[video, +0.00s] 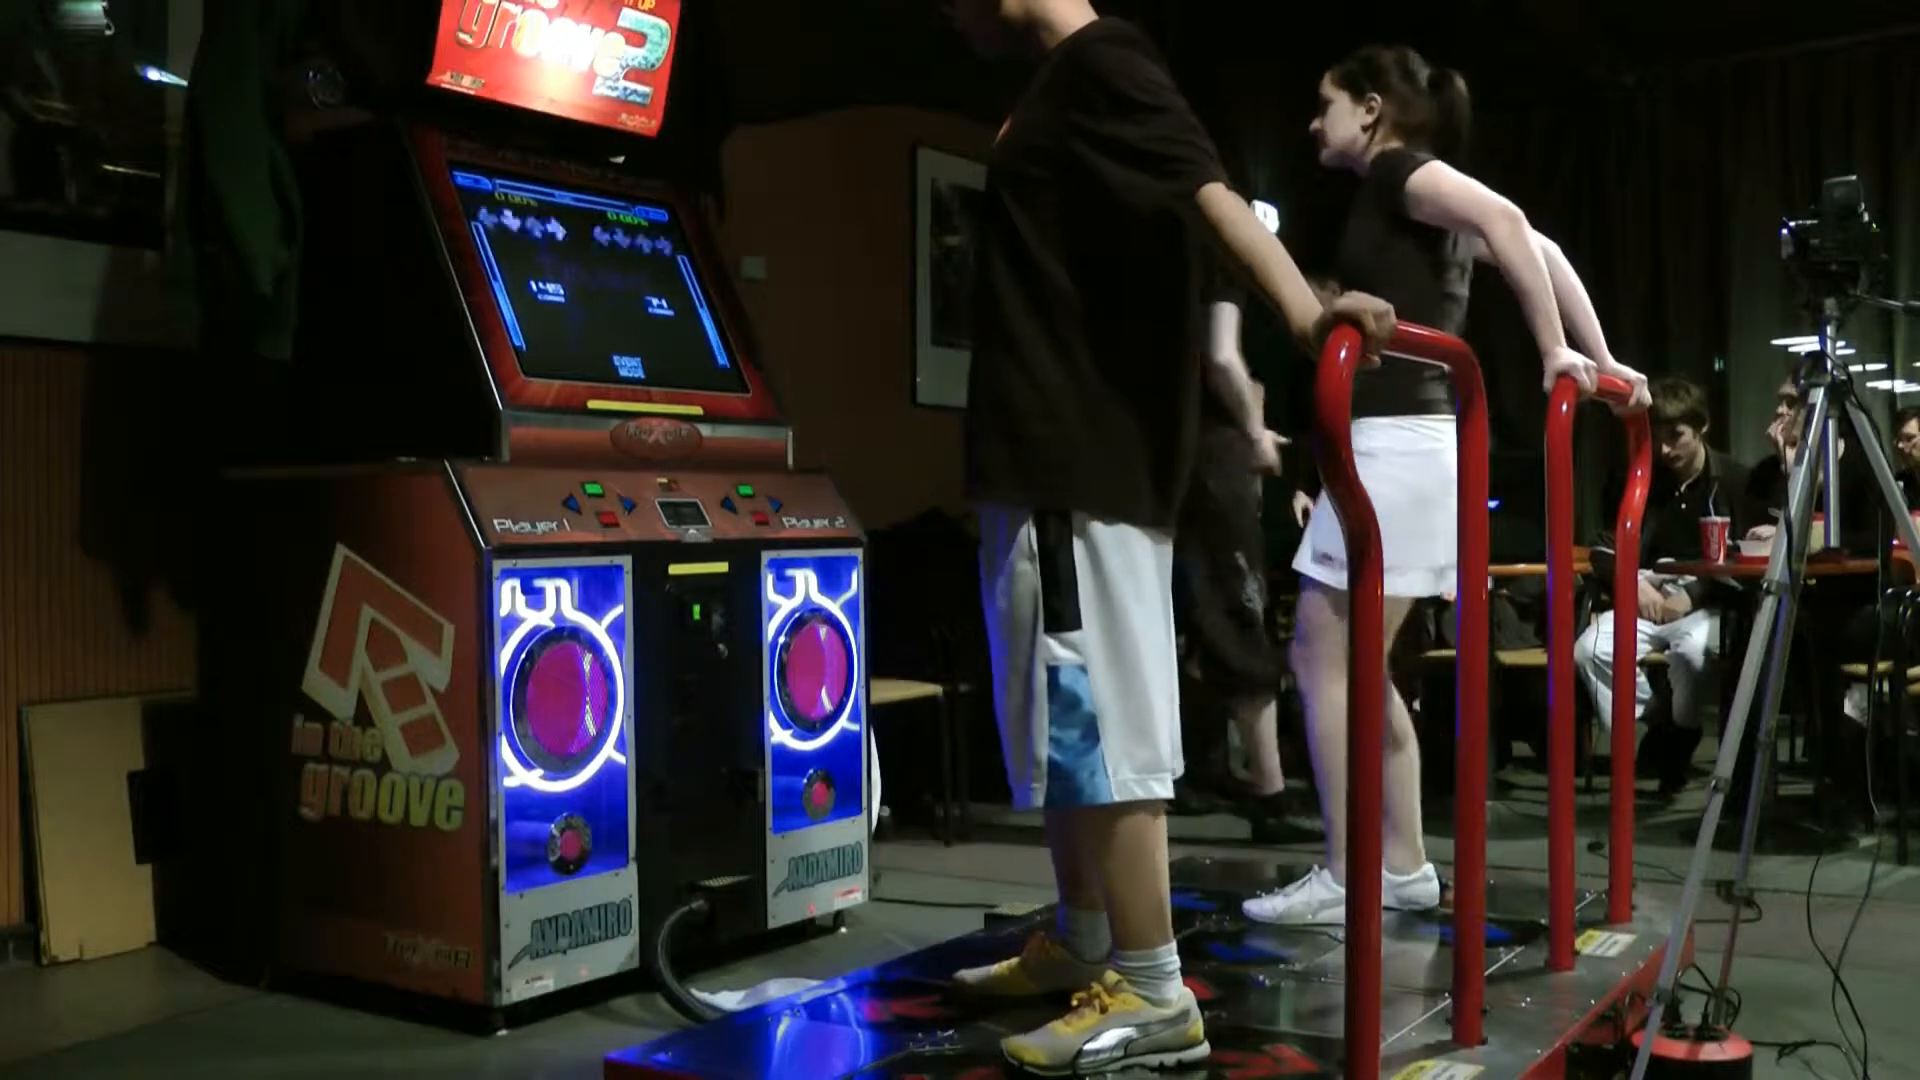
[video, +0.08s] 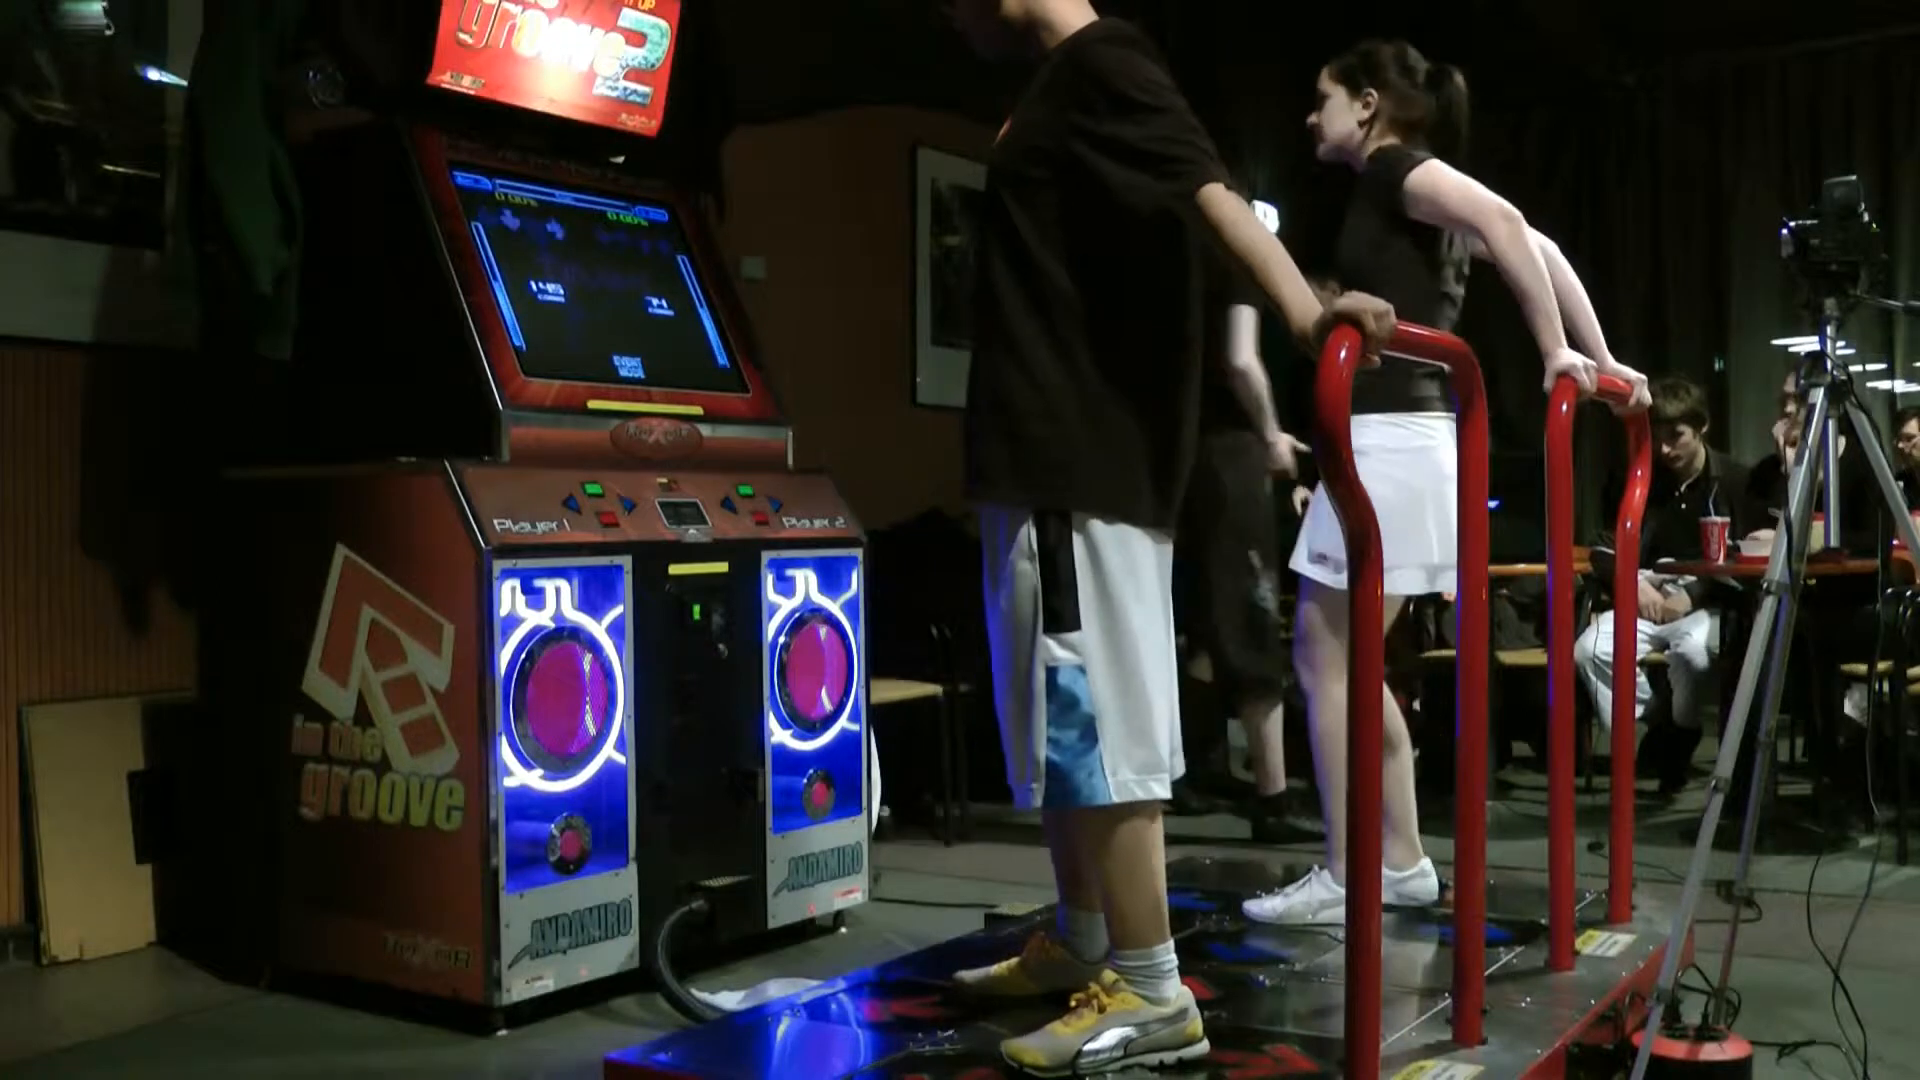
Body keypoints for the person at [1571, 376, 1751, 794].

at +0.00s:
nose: (1667, 448)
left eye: (1675, 435)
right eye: (1658, 438)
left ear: (1701, 428)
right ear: (1648, 437)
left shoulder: (1732, 480)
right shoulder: (1644, 479)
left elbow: (1744, 558)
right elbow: (1605, 548)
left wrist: (1691, 597)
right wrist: (1634, 586)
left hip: (1705, 602)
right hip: (1646, 597)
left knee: (1689, 653)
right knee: (1594, 649)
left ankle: (1683, 737)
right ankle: (1659, 731)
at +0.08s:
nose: (1667, 447)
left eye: (1675, 436)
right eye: (1658, 438)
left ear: (1701, 428)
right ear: (1648, 437)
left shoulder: (1732, 480)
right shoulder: (1644, 479)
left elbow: (1746, 558)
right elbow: (1605, 549)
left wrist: (1691, 597)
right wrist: (1634, 586)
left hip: (1705, 602)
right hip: (1645, 598)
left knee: (1689, 654)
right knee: (1594, 649)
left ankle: (1683, 737)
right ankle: (1658, 731)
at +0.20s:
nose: (1666, 447)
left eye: (1675, 435)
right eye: (1658, 437)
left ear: (1701, 429)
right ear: (1648, 438)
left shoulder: (1732, 480)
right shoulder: (1642, 479)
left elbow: (1745, 557)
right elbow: (1604, 549)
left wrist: (1691, 596)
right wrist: (1634, 587)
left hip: (1704, 602)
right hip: (1645, 598)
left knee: (1692, 654)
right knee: (1594, 649)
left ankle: (1683, 736)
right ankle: (1659, 730)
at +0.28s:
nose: (1660, 439)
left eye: (1671, 429)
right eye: (1654, 429)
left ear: (1700, 430)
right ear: (1647, 432)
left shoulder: (1731, 480)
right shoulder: (1640, 477)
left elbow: (1742, 555)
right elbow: (1605, 548)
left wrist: (1690, 595)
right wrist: (1635, 587)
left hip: (1703, 601)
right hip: (1644, 597)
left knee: (1694, 656)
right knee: (1595, 649)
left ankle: (1683, 735)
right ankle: (1658, 728)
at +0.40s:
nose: (1659, 428)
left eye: (1671, 419)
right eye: (1655, 418)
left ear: (1700, 429)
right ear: (1648, 423)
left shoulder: (1727, 477)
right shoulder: (1639, 474)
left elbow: (1737, 553)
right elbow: (1607, 547)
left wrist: (1689, 594)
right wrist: (1635, 585)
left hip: (1700, 603)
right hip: (1644, 598)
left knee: (1692, 651)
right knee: (1594, 649)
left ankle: (1683, 735)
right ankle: (1656, 729)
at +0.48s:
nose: (1660, 424)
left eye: (1673, 415)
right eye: (1657, 414)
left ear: (1701, 428)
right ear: (1650, 420)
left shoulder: (1726, 479)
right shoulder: (1639, 474)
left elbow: (1734, 554)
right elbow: (1607, 546)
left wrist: (1687, 595)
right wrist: (1635, 586)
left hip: (1699, 602)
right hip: (1643, 597)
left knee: (1693, 654)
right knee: (1594, 650)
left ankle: (1683, 734)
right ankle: (1655, 728)